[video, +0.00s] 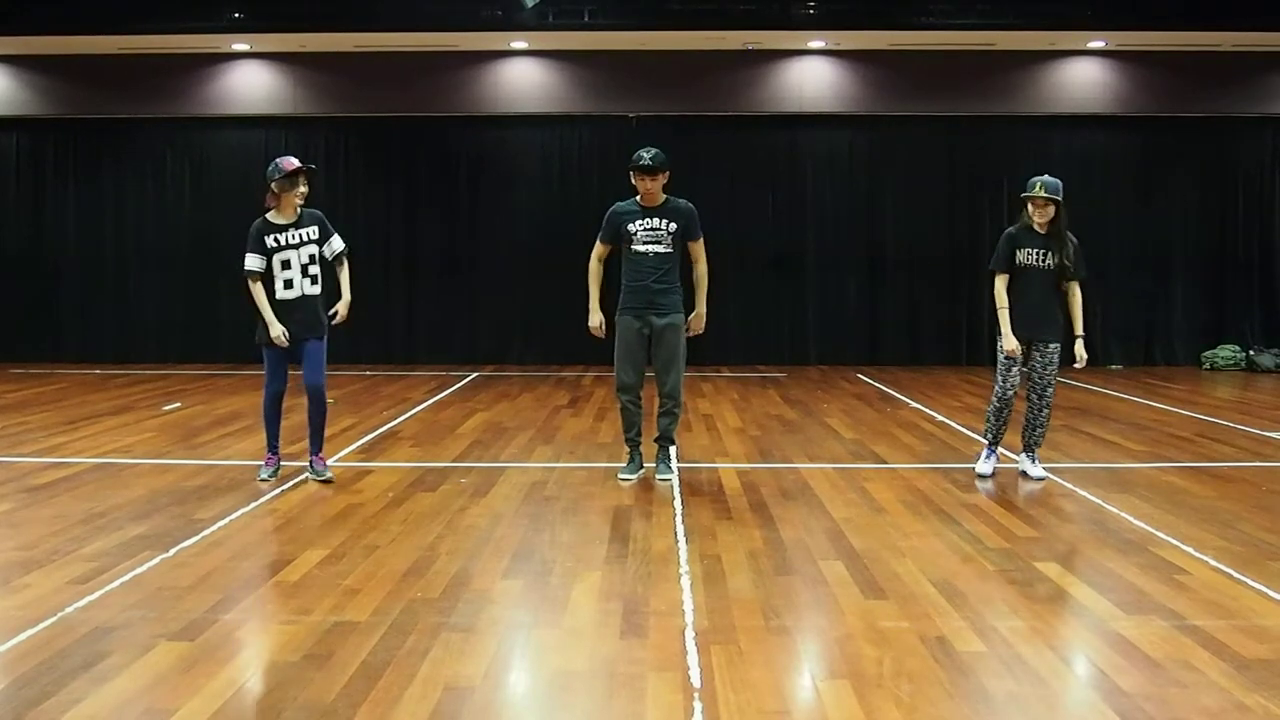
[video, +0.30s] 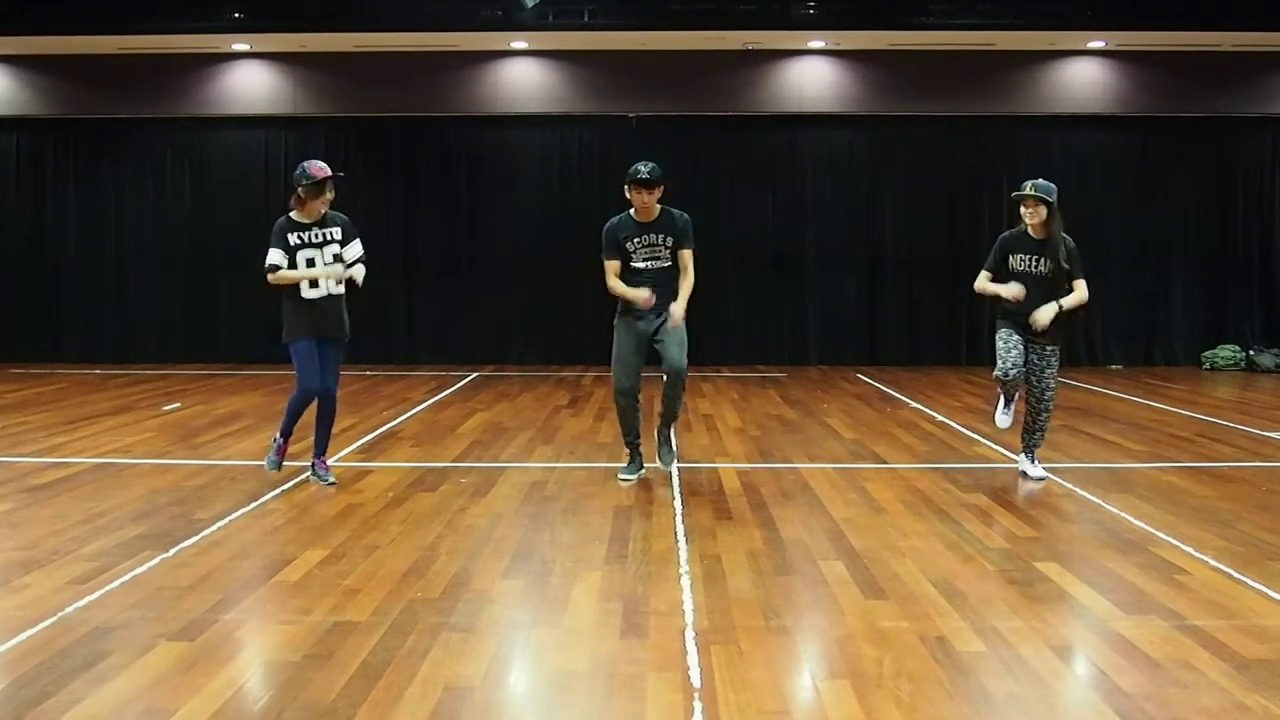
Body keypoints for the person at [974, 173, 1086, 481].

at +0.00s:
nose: (1040, 209)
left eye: (1046, 204)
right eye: (1035, 203)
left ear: (1057, 207)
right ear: (1027, 205)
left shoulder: (1067, 242)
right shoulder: (1012, 238)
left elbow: (1074, 290)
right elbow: (1000, 286)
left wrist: (1079, 338)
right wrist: (1006, 333)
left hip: (1050, 336)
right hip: (1015, 332)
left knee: (1041, 398)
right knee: (1004, 393)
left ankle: (1029, 455)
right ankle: (989, 450)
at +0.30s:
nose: (1029, 210)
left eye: (1036, 205)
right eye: (1025, 205)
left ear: (1049, 209)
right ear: (1020, 208)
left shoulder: (1064, 245)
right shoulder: (1007, 241)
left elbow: (1081, 293)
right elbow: (980, 283)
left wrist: (1054, 306)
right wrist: (1002, 288)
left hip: (1047, 331)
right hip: (1011, 325)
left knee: (1042, 397)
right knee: (1009, 374)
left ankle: (1028, 454)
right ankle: (1008, 395)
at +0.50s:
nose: (1021, 199)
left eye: (1028, 194)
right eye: (1017, 194)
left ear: (1042, 198)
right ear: (1012, 198)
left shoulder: (1058, 235)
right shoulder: (1003, 232)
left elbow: (1073, 274)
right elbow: (972, 272)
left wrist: (1042, 250)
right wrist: (993, 238)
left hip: (1040, 326)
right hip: (1003, 321)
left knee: (1034, 389)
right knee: (999, 383)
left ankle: (1029, 453)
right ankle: (1003, 447)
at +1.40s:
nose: (989, 188)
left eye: (997, 184)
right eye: (986, 183)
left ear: (1013, 191)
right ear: (981, 190)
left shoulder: (1025, 224)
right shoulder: (971, 221)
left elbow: (1025, 247)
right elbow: (927, 249)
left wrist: (993, 214)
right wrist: (957, 216)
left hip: (1014, 325)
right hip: (978, 320)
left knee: (1011, 398)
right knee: (965, 374)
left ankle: (1014, 465)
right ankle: (983, 434)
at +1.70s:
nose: (971, 197)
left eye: (980, 193)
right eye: (969, 193)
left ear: (996, 201)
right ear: (964, 200)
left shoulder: (1011, 239)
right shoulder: (956, 238)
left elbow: (1008, 268)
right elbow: (918, 267)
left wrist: (978, 231)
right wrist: (943, 228)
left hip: (994, 332)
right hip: (958, 333)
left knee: (964, 384)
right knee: (959, 407)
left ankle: (991, 428)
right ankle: (980, 476)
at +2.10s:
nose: (944, 200)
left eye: (953, 195)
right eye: (942, 194)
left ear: (970, 202)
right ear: (938, 201)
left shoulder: (985, 240)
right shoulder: (932, 237)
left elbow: (977, 268)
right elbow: (891, 267)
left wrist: (944, 230)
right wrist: (916, 226)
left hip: (972, 339)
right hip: (935, 335)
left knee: (957, 410)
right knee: (920, 405)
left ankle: (968, 488)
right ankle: (955, 440)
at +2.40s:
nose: (921, 176)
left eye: (930, 173)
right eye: (920, 172)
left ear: (948, 184)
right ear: (916, 185)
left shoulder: (959, 222)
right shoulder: (906, 220)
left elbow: (944, 242)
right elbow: (855, 246)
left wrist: (914, 205)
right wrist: (884, 209)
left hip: (949, 331)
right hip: (910, 327)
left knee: (953, 406)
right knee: (892, 393)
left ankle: (963, 480)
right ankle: (911, 469)